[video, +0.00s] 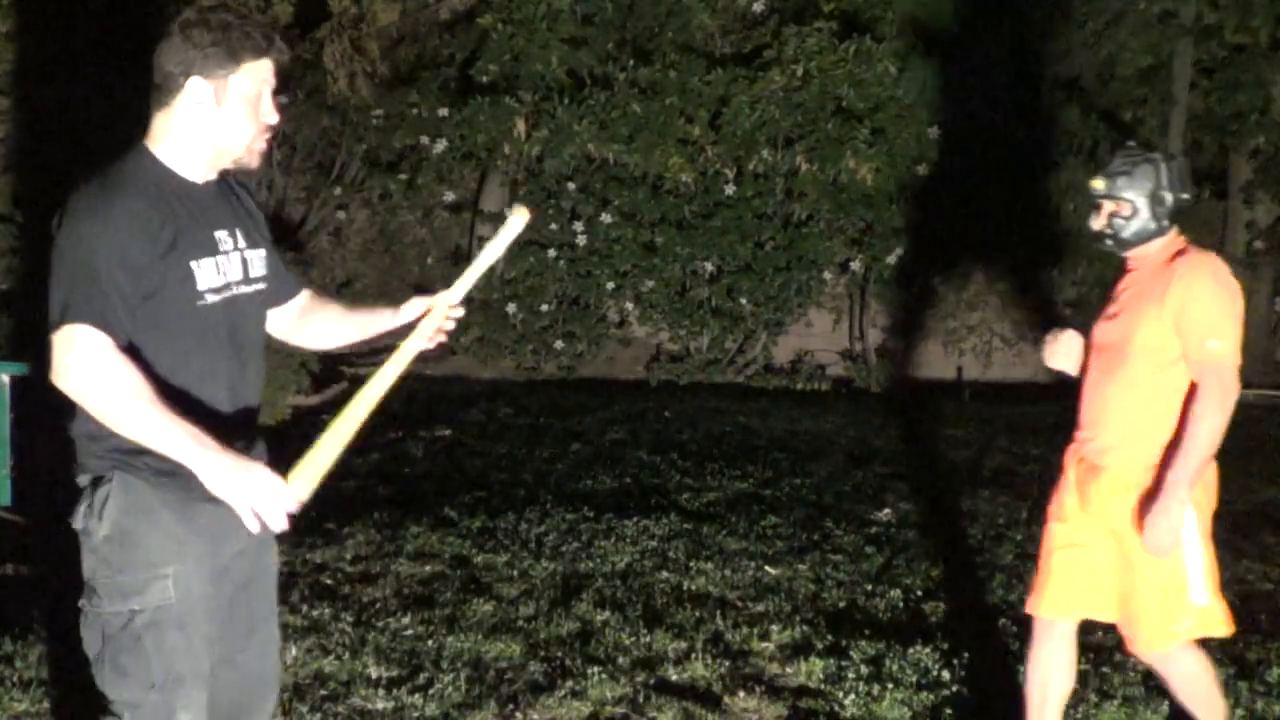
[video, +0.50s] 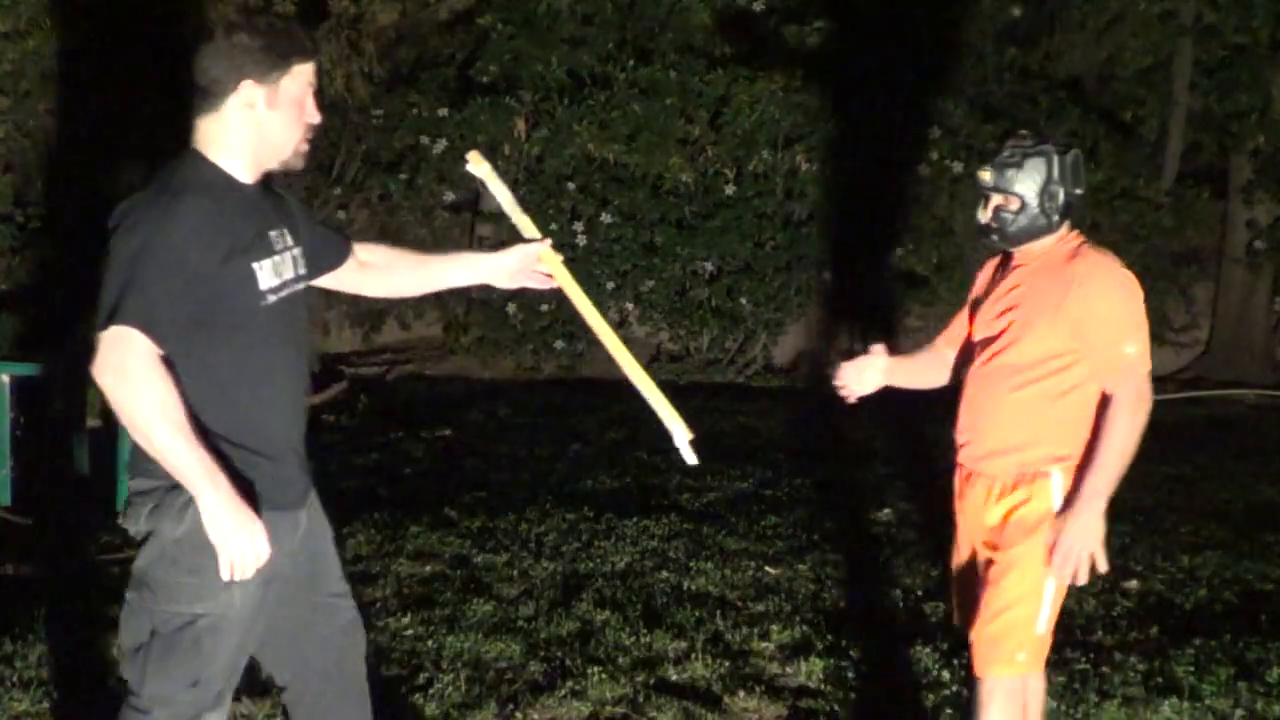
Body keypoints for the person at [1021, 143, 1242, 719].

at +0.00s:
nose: (1100, 218)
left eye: (1114, 204)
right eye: (1099, 204)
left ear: (1153, 205)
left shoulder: (1202, 276)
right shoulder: (1133, 280)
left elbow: (1218, 390)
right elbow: (1139, 374)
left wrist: (1174, 495)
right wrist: (1085, 360)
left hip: (1154, 491)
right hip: (1086, 484)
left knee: (1158, 639)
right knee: (1052, 619)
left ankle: (1217, 716)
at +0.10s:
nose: (1072, 211)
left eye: (1088, 196)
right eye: (1069, 195)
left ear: (1127, 198)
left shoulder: (1176, 271)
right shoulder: (1098, 275)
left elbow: (1206, 381)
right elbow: (1099, 374)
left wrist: (1190, 487)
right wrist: (1048, 355)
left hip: (1129, 480)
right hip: (1058, 473)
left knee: (1099, 639)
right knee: (1040, 627)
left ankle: (1186, 714)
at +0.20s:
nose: (1047, 206)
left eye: (1063, 191)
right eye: (1045, 189)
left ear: (1103, 194)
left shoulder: (1157, 268)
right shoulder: (1059, 271)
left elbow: (1196, 378)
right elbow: (1056, 371)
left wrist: (1187, 487)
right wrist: (1011, 354)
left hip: (1113, 471)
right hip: (1037, 468)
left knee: (1063, 625)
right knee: (1028, 623)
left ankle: (1127, 715)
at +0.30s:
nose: (1026, 202)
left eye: (1043, 188)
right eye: (1024, 185)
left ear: (1084, 192)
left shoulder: (1139, 269)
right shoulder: (1031, 267)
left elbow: (1178, 380)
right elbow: (1041, 369)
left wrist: (1164, 489)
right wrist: (987, 360)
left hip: (1089, 475)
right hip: (1016, 471)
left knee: (1040, 636)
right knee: (1020, 635)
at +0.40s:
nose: (1005, 206)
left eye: (1022, 192)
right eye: (1003, 190)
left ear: (1065, 195)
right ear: (1001, 191)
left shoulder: (1123, 273)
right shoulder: (1011, 270)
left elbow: (1154, 389)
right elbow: (987, 365)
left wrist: (1128, 498)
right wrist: (941, 364)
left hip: (1067, 487)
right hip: (996, 483)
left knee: (1023, 647)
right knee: (1007, 642)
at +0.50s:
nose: (994, 210)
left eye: (1012, 197)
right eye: (992, 194)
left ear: (1052, 201)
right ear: (990, 192)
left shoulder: (1103, 280)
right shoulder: (995, 274)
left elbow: (1133, 399)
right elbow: (946, 360)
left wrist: (1090, 507)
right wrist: (887, 370)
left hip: (1042, 497)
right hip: (974, 491)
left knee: (1000, 666)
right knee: (1007, 662)